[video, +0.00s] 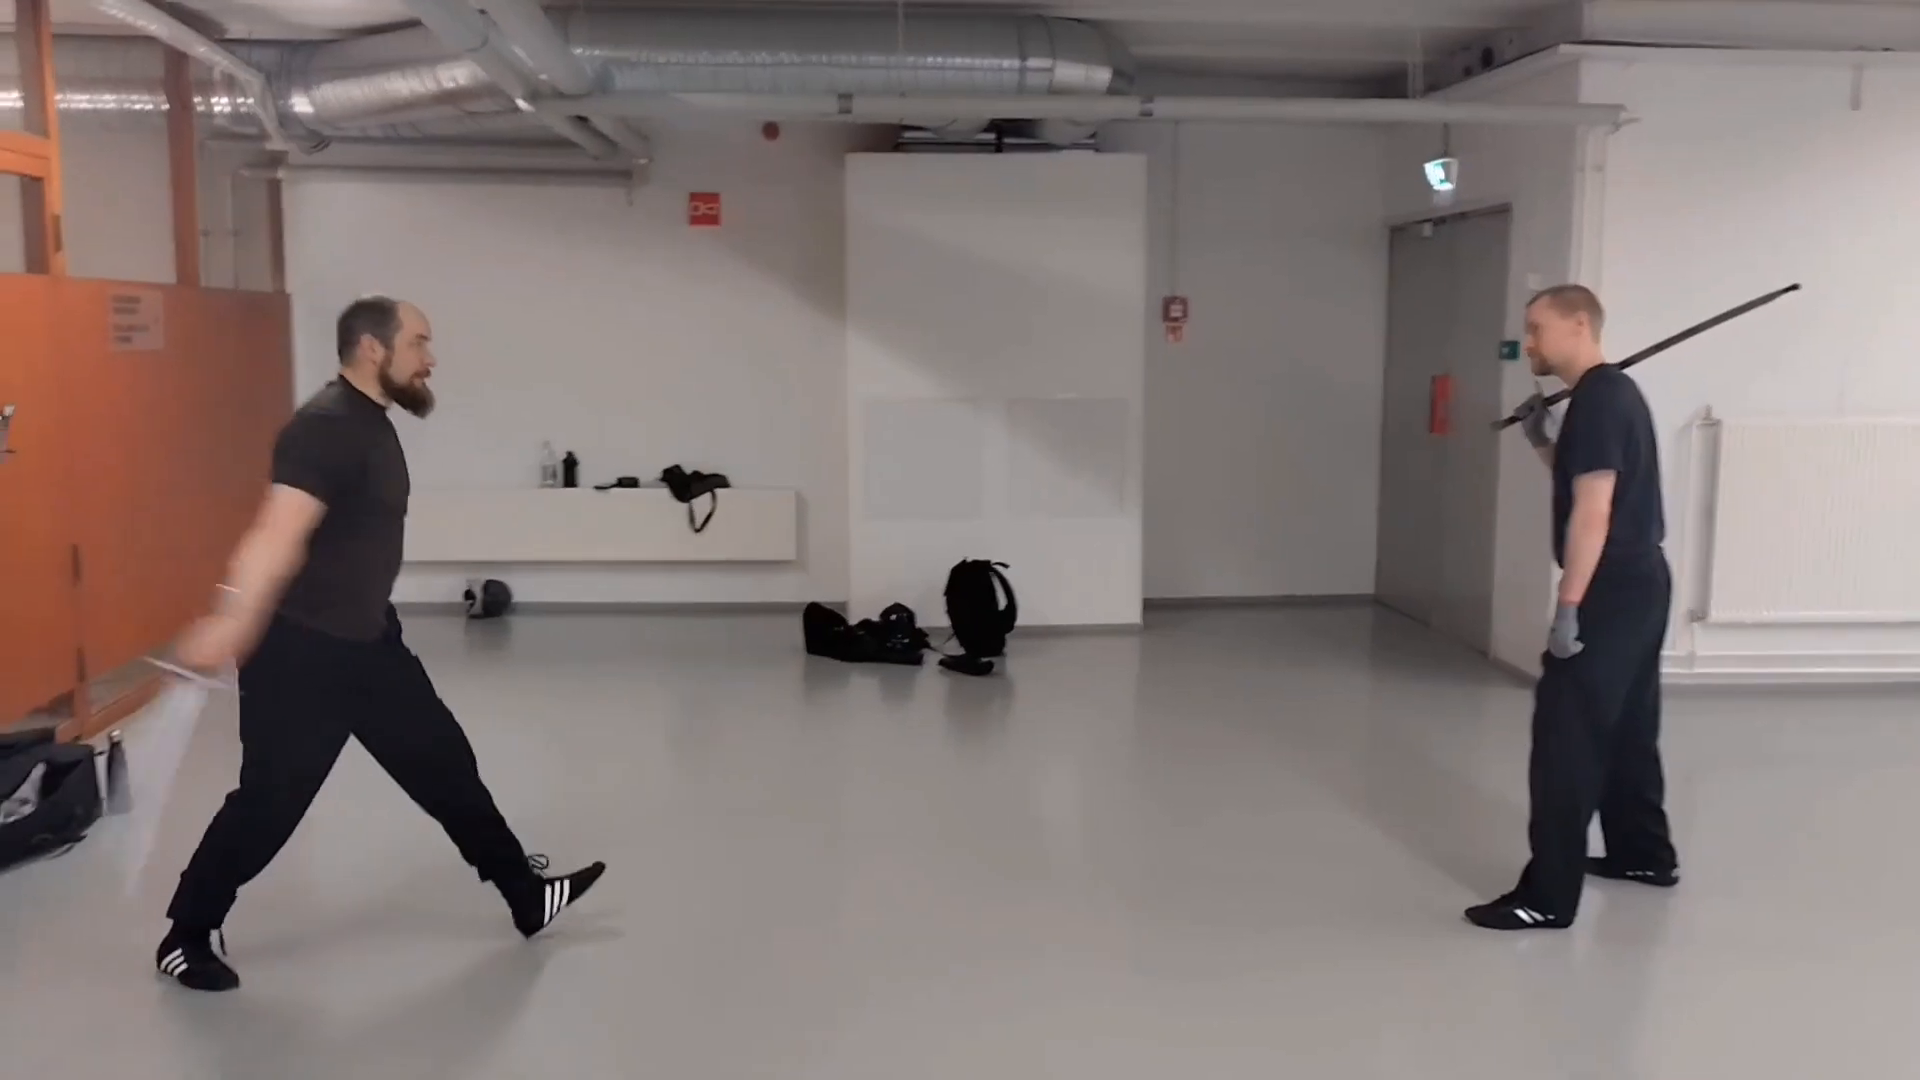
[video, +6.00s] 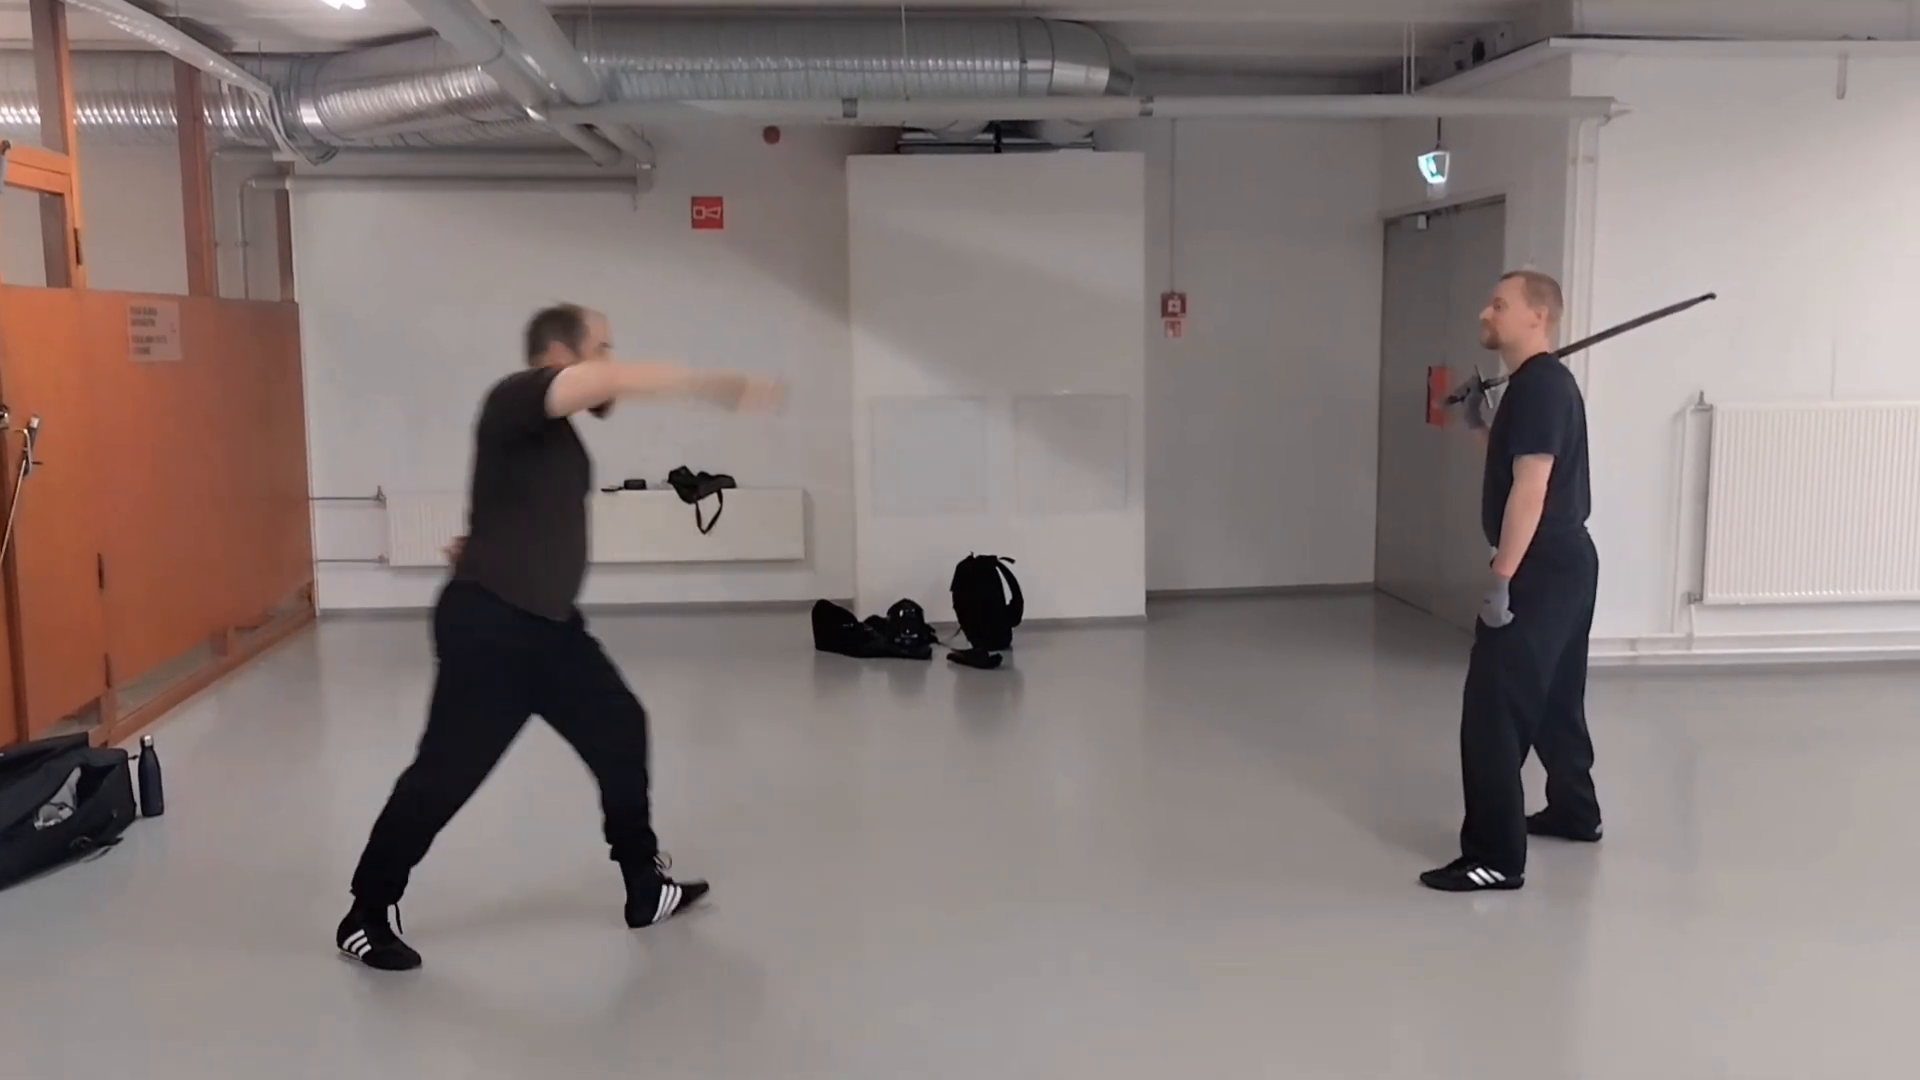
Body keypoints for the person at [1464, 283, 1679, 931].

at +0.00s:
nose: (1527, 344)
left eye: (1535, 330)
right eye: (1527, 332)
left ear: (1577, 328)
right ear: (1582, 329)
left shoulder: (1597, 398)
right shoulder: (1614, 392)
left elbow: (1594, 507)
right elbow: (1586, 485)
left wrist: (1566, 607)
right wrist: (1542, 437)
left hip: (1607, 594)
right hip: (1636, 588)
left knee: (1563, 736)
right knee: (1627, 726)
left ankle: (1548, 896)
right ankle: (1642, 852)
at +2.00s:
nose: (1199, 348)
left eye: (1212, 338)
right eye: (1201, 337)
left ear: (1254, 346)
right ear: (1214, 347)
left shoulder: (1287, 429)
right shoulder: (1176, 400)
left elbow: (1307, 530)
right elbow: (1085, 387)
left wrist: (1290, 620)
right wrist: (1001, 356)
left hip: (1255, 614)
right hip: (1185, 606)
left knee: (1300, 741)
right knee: (1120, 718)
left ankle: (1350, 866)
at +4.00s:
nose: (1532, 323)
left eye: (1548, 315)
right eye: (1535, 313)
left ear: (1588, 331)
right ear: (1546, 329)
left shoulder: (1609, 407)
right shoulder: (1527, 398)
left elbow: (1623, 513)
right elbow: (1502, 487)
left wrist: (1584, 601)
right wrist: (1439, 533)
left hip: (1584, 589)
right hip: (1544, 584)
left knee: (1534, 720)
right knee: (1591, 706)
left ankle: (1500, 870)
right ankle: (1669, 803)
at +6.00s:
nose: (1485, 314)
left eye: (1498, 305)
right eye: (1488, 305)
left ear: (1538, 317)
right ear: (1538, 321)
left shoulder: (1538, 383)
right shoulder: (1543, 381)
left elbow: (1533, 483)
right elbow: (1516, 466)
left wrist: (1500, 578)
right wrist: (1480, 423)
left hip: (1540, 567)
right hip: (1563, 561)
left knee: (1490, 708)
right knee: (1555, 694)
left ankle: (1494, 859)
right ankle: (1575, 811)